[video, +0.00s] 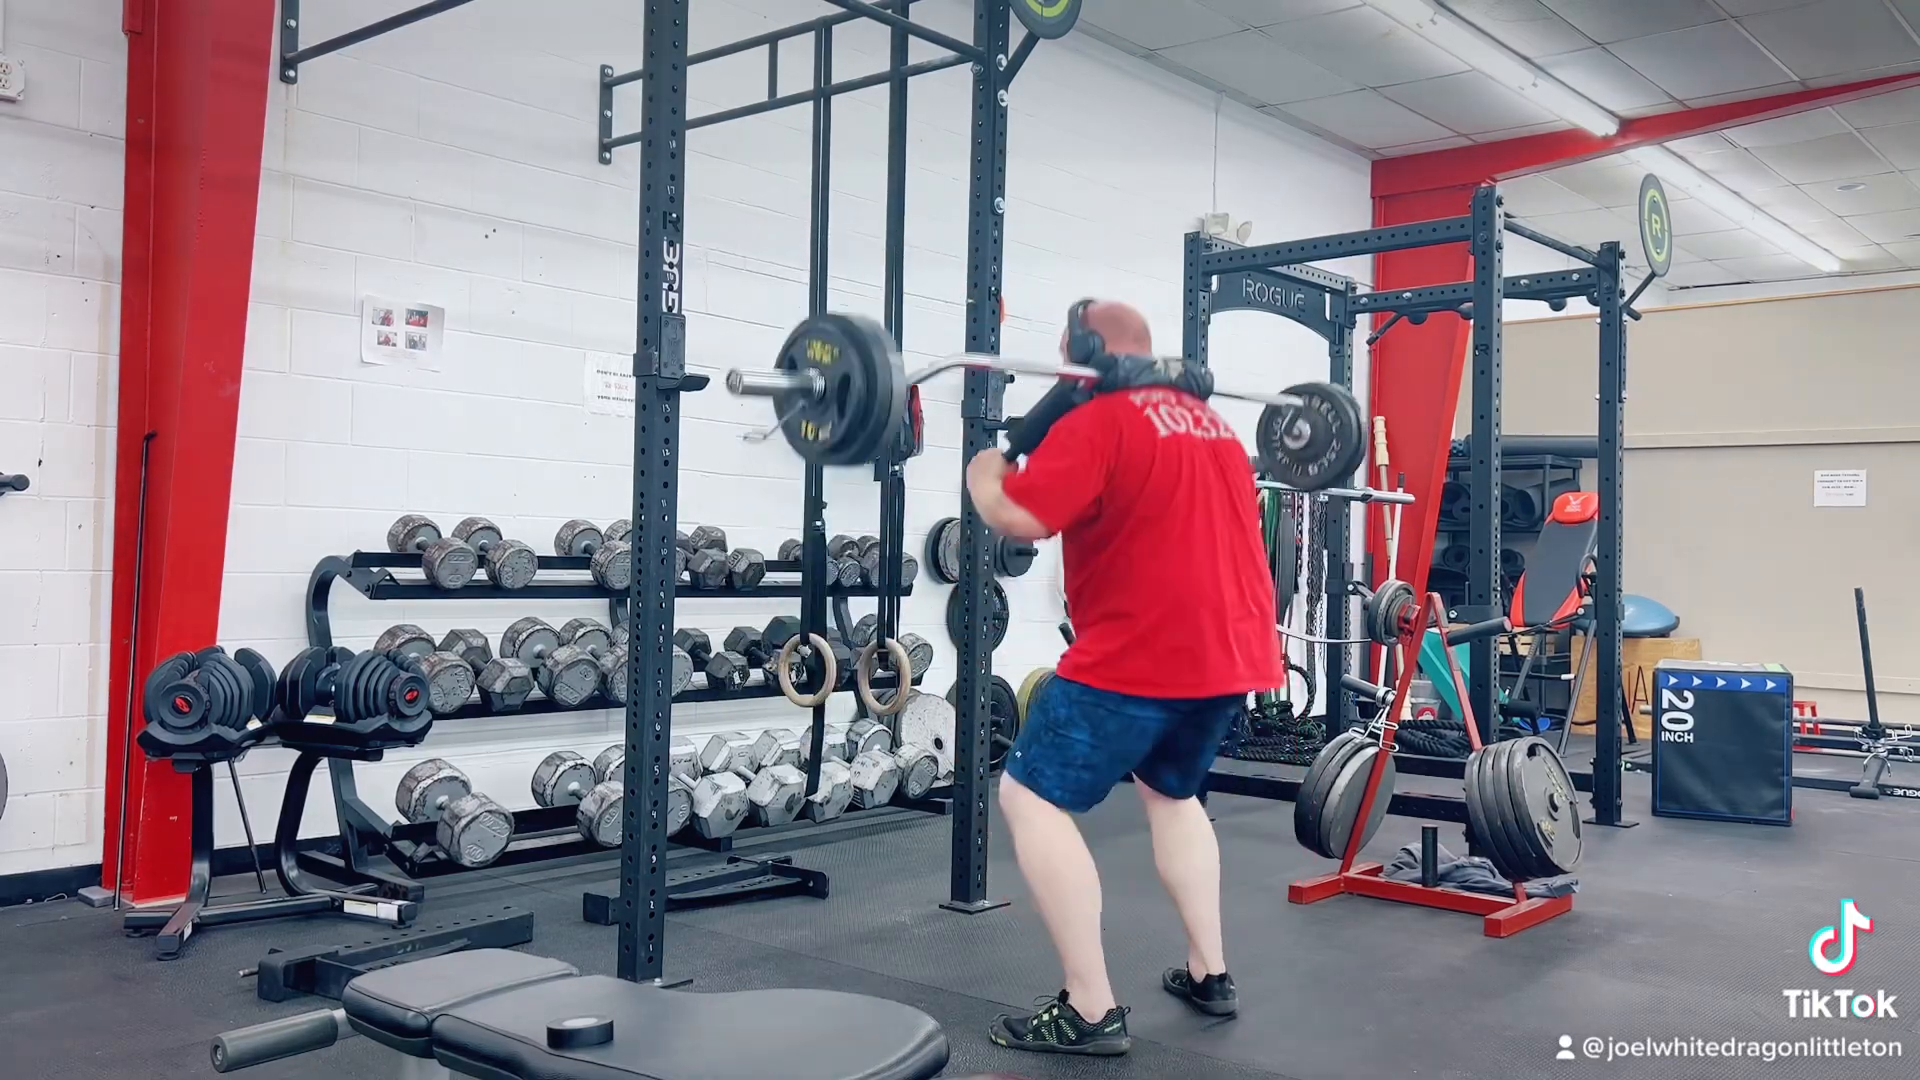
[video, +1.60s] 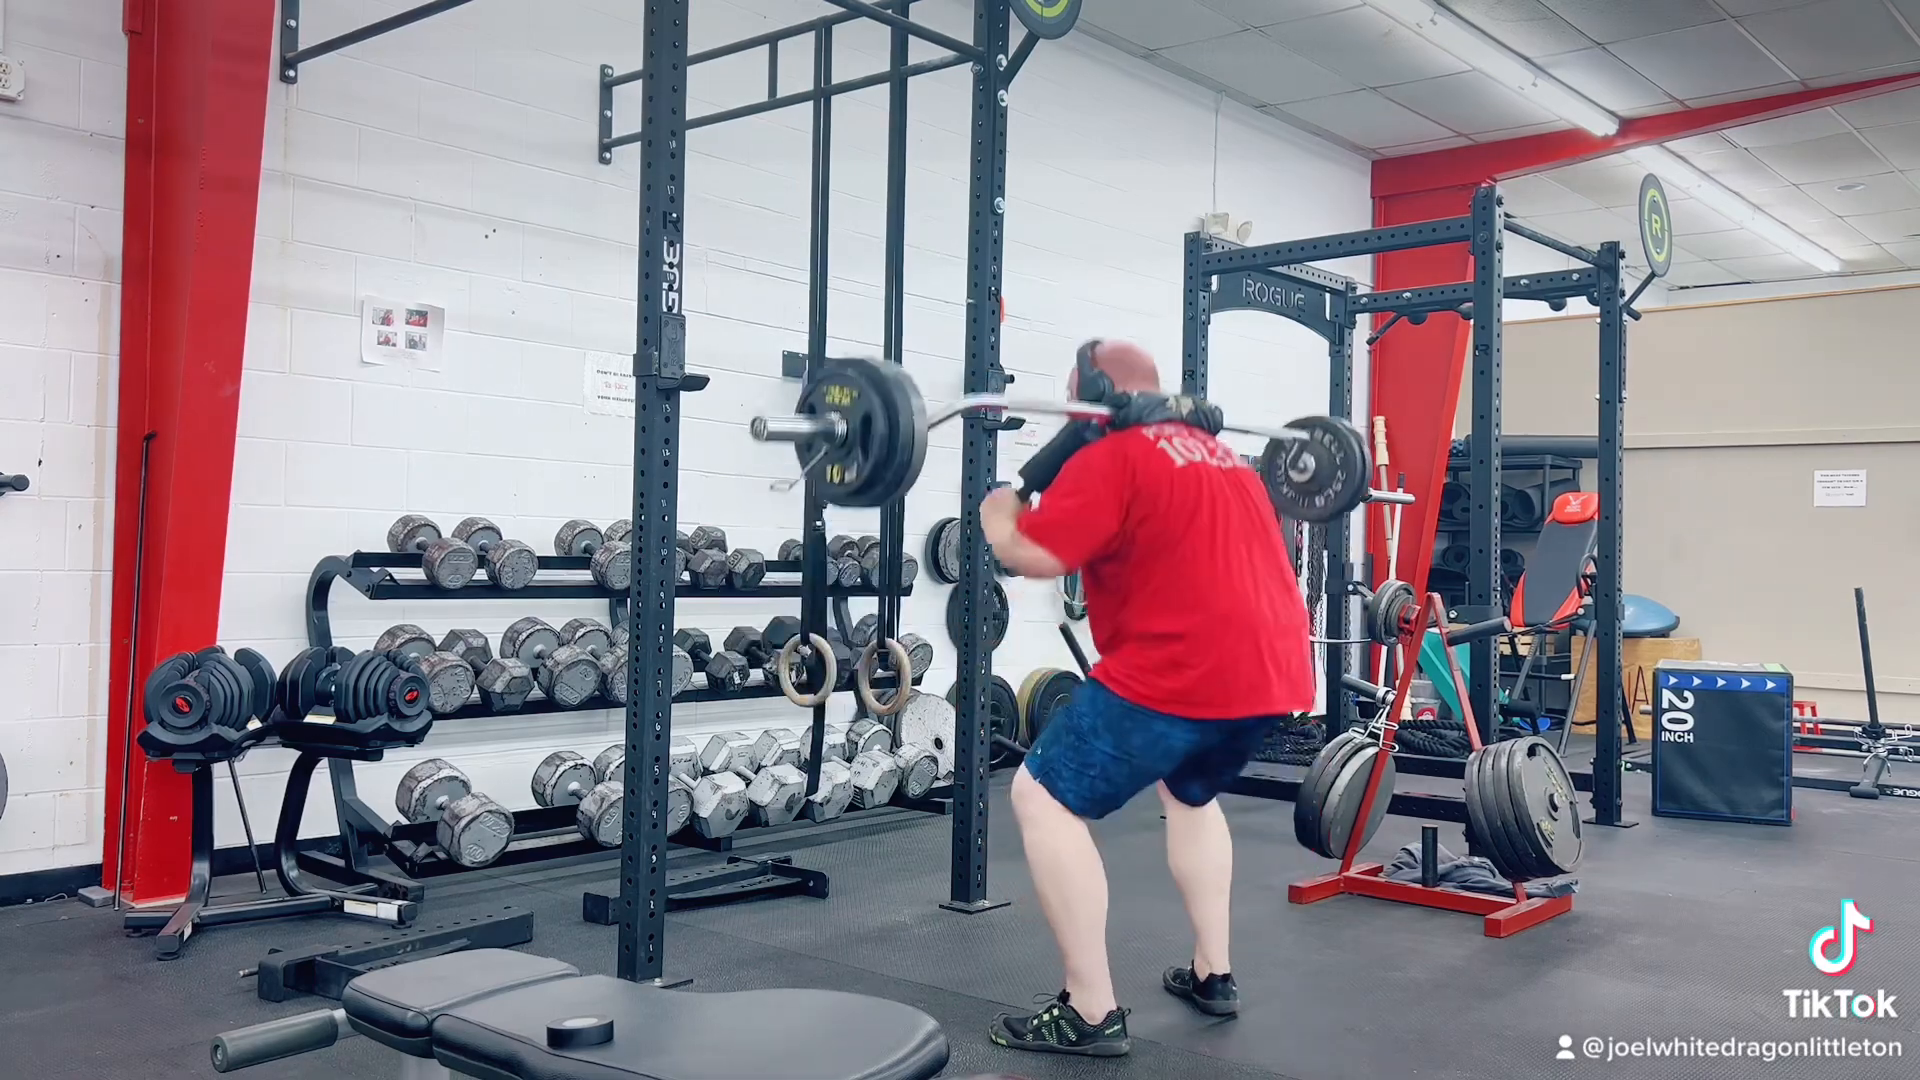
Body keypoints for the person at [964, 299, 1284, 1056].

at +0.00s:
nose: (1063, 367)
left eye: (1066, 354)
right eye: (1065, 353)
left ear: (1081, 356)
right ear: (1149, 351)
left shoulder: (1100, 419)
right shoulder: (1211, 422)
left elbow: (1021, 518)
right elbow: (1239, 529)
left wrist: (982, 471)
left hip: (1142, 647)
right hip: (1237, 648)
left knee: (1029, 792)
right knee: (1171, 787)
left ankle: (1090, 1005)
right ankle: (1210, 973)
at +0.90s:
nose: (1067, 424)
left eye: (1071, 413)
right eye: (1070, 413)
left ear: (1086, 422)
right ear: (1157, 422)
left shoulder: (1103, 493)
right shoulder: (1210, 485)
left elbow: (1006, 585)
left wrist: (983, 530)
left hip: (1161, 718)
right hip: (1263, 717)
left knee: (1013, 806)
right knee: (1172, 803)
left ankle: (1089, 1008)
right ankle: (1211, 974)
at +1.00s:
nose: (1067, 509)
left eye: (1069, 499)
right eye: (1073, 499)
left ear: (1080, 504)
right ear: (1153, 500)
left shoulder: (1097, 572)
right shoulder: (1201, 557)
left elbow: (992, 659)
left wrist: (972, 592)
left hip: (1186, 785)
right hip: (1277, 783)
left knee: (999, 810)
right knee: (1158, 797)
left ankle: (1089, 1010)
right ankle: (1210, 973)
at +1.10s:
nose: (1063, 576)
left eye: (1064, 566)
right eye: (1066, 566)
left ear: (1075, 573)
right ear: (1149, 566)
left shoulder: (1095, 638)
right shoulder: (1199, 619)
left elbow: (987, 720)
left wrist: (972, 650)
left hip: (1203, 858)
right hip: (1282, 853)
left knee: (999, 811)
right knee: (1159, 782)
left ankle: (1088, 1010)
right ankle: (1209, 974)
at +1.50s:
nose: (1064, 477)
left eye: (1064, 468)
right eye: (1066, 468)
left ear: (1079, 470)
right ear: (1149, 462)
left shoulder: (1108, 530)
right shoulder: (1212, 517)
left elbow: (1013, 626)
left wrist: (980, 570)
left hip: (1194, 732)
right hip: (1291, 731)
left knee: (1024, 800)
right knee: (1194, 806)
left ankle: (1089, 1008)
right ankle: (1214, 974)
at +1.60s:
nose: (1070, 415)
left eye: (1071, 403)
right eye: (1071, 404)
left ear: (1090, 402)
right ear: (1160, 394)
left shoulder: (1116, 454)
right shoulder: (1224, 456)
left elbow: (1035, 557)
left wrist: (1000, 516)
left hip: (1179, 666)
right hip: (1275, 668)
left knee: (1042, 794)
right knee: (1189, 789)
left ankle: (1091, 1009)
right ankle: (1214, 974)